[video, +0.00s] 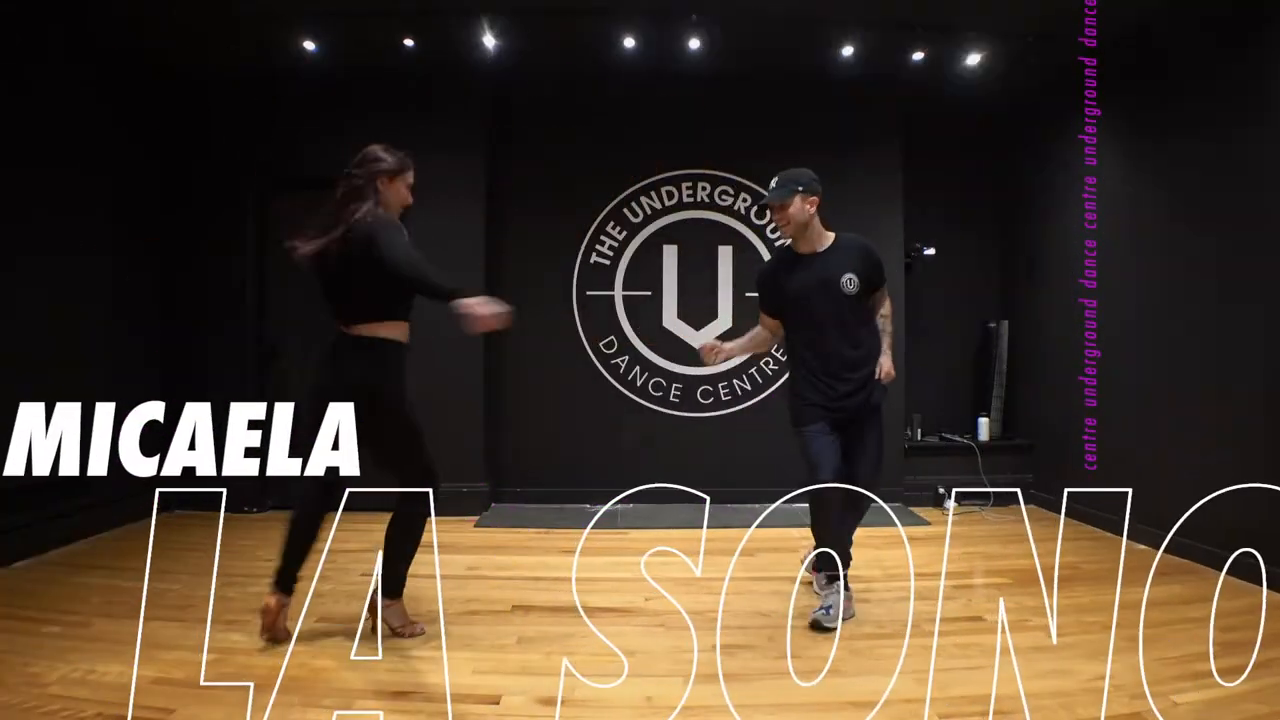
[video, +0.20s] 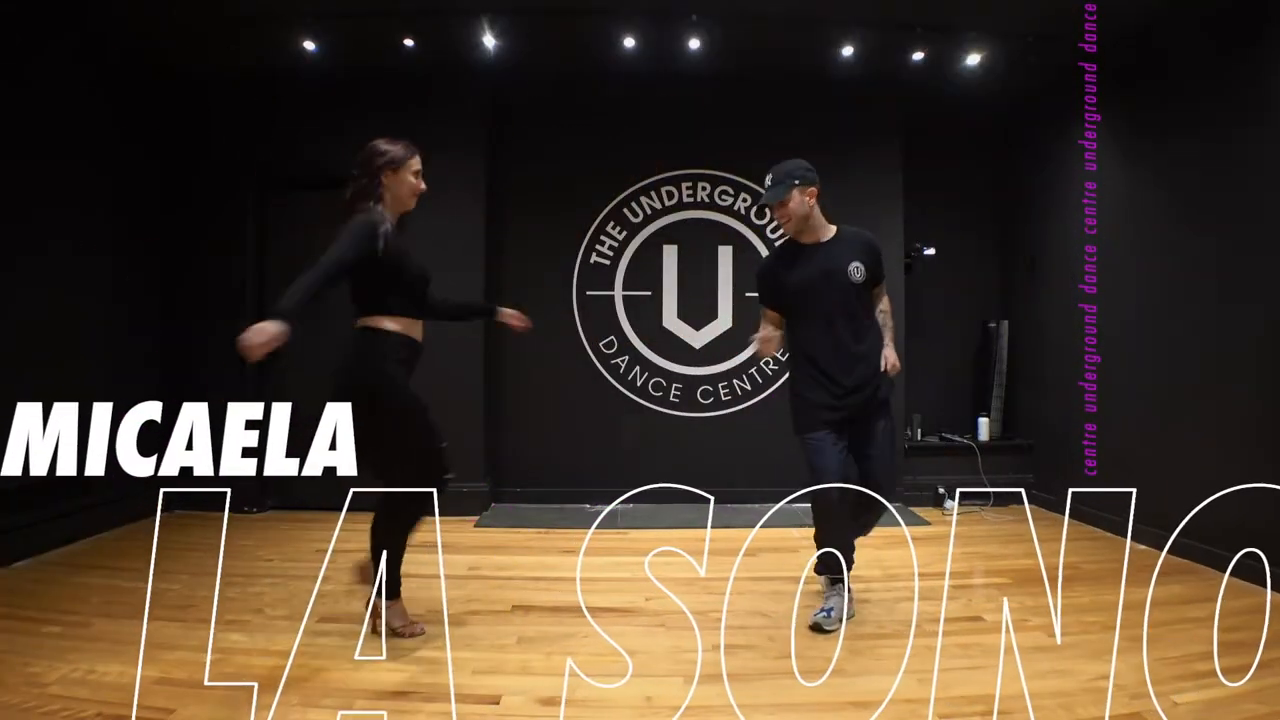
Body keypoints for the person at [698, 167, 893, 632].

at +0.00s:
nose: (773, 217)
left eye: (781, 207)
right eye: (771, 209)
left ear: (811, 203)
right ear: (777, 212)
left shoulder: (859, 255)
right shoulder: (775, 273)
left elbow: (881, 307)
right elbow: (768, 331)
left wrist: (885, 352)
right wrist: (729, 348)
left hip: (861, 392)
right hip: (811, 396)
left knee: (861, 487)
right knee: (826, 484)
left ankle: (823, 563)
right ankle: (837, 590)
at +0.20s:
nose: (775, 214)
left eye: (782, 203)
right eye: (771, 206)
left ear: (811, 195)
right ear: (773, 208)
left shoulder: (861, 247)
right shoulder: (774, 267)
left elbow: (880, 302)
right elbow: (770, 324)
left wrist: (888, 343)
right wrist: (765, 342)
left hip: (867, 391)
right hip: (814, 397)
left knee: (878, 490)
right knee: (829, 489)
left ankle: (834, 546)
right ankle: (834, 589)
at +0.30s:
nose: (778, 207)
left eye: (785, 196)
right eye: (773, 200)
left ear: (813, 186)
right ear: (774, 201)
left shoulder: (861, 240)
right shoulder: (776, 255)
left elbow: (875, 296)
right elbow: (771, 327)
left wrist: (885, 339)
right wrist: (821, 314)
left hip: (870, 386)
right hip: (814, 395)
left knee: (892, 485)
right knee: (823, 490)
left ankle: (861, 553)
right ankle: (836, 586)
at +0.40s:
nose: (781, 202)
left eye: (787, 191)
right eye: (775, 195)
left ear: (815, 181)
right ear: (775, 196)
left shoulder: (860, 236)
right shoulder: (779, 247)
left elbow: (871, 294)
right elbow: (778, 319)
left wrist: (883, 335)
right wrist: (845, 295)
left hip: (869, 383)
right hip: (813, 392)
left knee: (892, 479)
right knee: (824, 491)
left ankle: (878, 574)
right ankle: (836, 587)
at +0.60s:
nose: (788, 197)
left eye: (794, 185)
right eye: (782, 190)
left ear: (822, 175)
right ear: (779, 191)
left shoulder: (862, 236)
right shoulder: (783, 242)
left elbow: (869, 298)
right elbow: (777, 317)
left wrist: (882, 339)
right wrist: (851, 301)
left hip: (865, 386)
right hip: (809, 393)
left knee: (871, 485)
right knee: (821, 493)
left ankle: (876, 602)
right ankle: (835, 589)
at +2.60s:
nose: (755, 185)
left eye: (758, 171)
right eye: (751, 175)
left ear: (789, 155)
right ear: (785, 161)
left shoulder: (848, 212)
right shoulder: (810, 222)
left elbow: (903, 284)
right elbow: (826, 305)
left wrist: (828, 325)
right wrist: (772, 319)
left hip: (829, 394)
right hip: (800, 389)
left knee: (797, 508)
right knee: (788, 508)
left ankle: (851, 633)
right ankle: (825, 618)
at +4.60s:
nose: (732, 147)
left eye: (742, 135)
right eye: (733, 137)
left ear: (777, 136)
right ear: (768, 140)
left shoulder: (819, 197)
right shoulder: (776, 216)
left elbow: (858, 278)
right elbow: (773, 315)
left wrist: (763, 271)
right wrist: (697, 307)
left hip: (826, 400)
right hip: (780, 398)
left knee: (817, 525)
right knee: (767, 521)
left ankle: (907, 611)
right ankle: (757, 641)